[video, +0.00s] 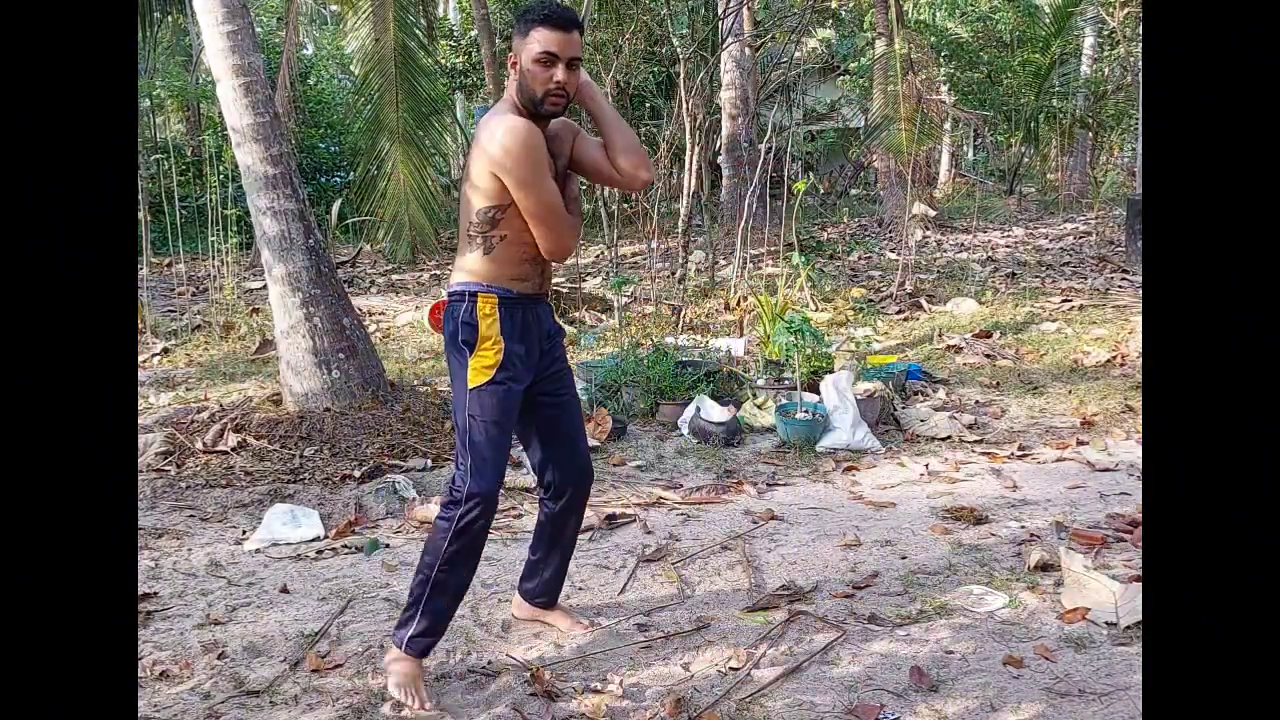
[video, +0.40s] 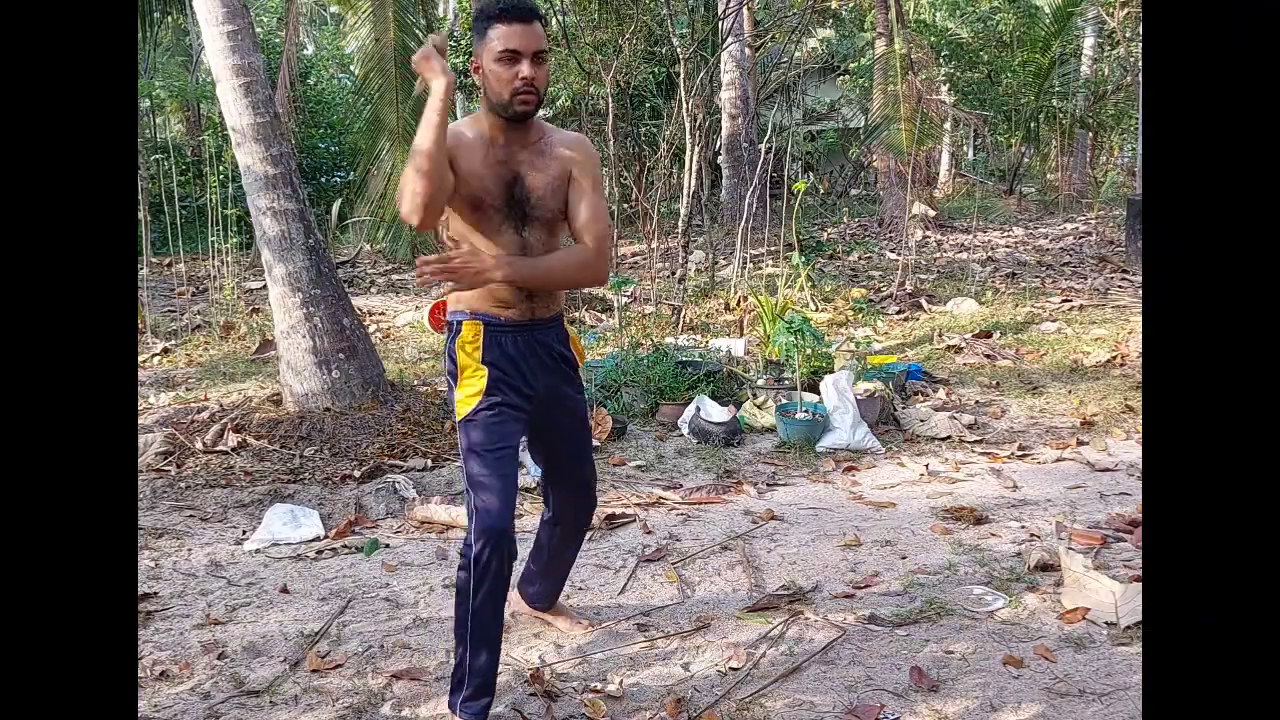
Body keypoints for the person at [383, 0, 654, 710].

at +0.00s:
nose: (561, 76)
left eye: (572, 65)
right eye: (547, 61)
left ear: (577, 72)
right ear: (514, 60)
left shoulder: (547, 130)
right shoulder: (510, 133)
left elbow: (636, 172)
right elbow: (559, 246)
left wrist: (586, 88)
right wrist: (569, 172)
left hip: (533, 317)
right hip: (486, 319)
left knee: (569, 474)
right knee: (475, 491)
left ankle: (536, 600)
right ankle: (408, 652)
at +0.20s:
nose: (549, 82)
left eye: (561, 68)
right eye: (533, 67)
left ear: (572, 72)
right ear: (502, 69)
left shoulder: (565, 152)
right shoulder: (482, 131)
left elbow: (627, 230)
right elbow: (519, 213)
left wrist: (603, 139)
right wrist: (622, 240)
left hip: (541, 333)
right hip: (485, 333)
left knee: (576, 488)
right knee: (493, 516)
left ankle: (535, 597)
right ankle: (467, 700)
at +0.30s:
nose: (542, 78)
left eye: (553, 65)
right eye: (527, 64)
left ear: (564, 70)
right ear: (494, 67)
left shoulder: (573, 158)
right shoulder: (459, 137)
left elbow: (612, 267)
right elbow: (440, 224)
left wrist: (569, 225)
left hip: (545, 337)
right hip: (486, 337)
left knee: (583, 495)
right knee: (507, 519)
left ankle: (540, 594)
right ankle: (473, 702)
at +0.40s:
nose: (528, 73)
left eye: (539, 58)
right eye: (510, 59)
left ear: (551, 64)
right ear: (477, 65)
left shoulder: (573, 149)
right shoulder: (449, 142)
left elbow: (595, 260)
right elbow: (418, 213)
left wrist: (502, 268)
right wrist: (437, 94)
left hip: (550, 341)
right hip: (483, 343)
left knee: (576, 494)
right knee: (493, 520)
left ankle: (536, 592)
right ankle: (469, 701)